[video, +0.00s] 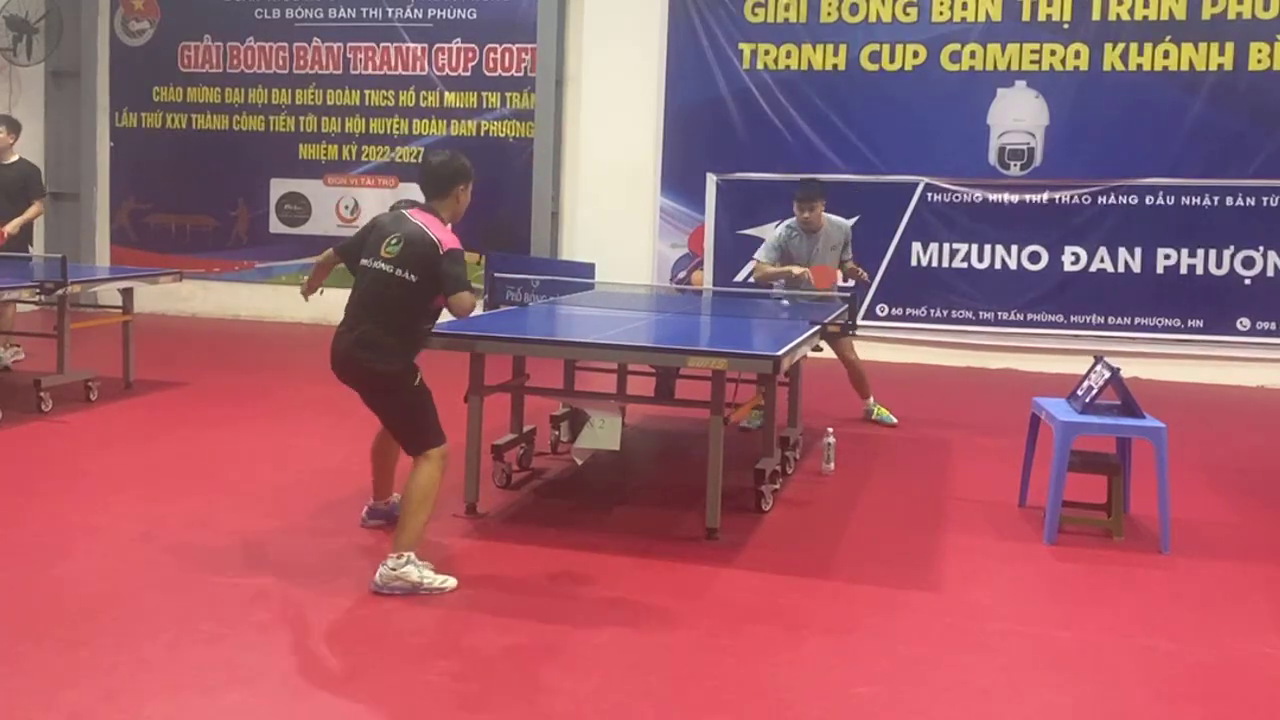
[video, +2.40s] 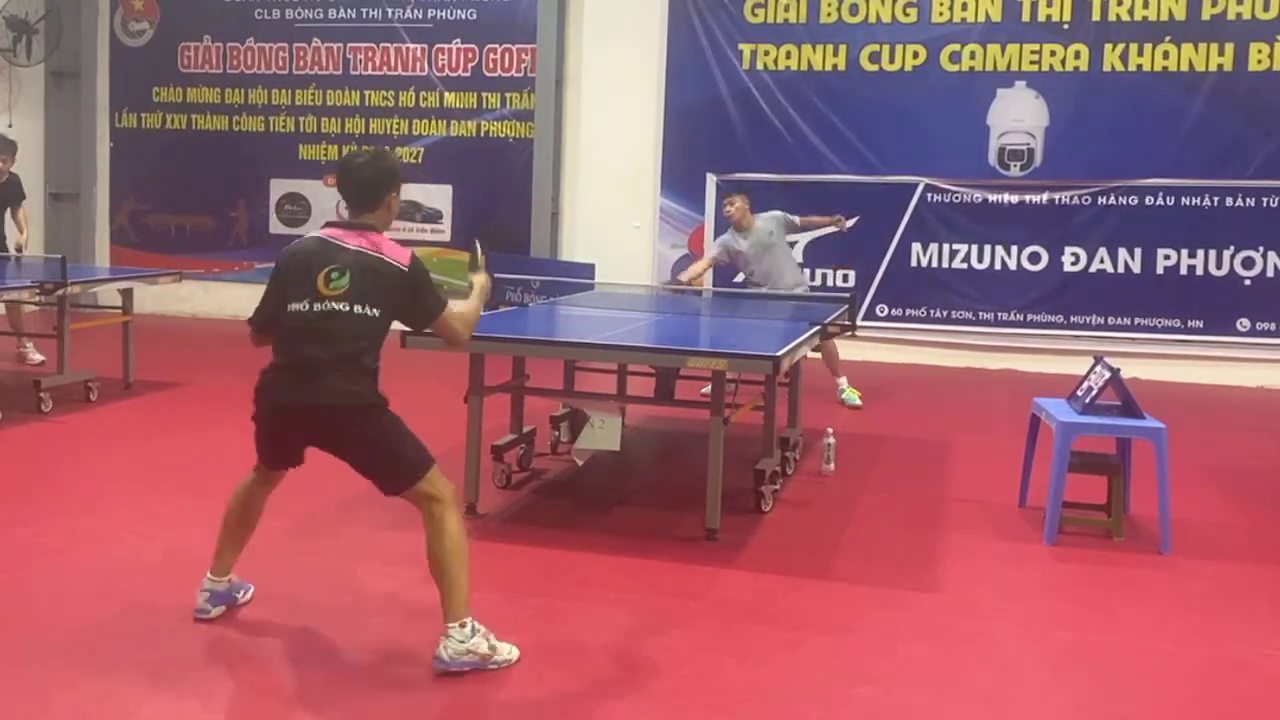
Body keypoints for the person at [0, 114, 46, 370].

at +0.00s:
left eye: (1, 134)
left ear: (12, 137)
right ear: (6, 137)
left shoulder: (28, 170)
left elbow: (39, 205)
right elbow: (38, 205)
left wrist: (16, 222)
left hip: (14, 248)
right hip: (3, 247)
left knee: (7, 300)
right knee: (5, 300)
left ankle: (5, 346)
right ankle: (10, 344)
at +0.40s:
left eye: (2, 134)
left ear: (14, 137)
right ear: (5, 137)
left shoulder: (32, 168)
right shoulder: (3, 167)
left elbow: (43, 202)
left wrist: (20, 221)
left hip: (26, 248)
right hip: (4, 248)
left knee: (31, 300)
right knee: (5, 300)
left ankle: (38, 347)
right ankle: (11, 345)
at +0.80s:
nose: (12, 135)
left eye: (18, 131)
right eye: (10, 131)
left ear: (32, 136)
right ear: (6, 136)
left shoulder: (46, 169)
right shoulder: (3, 166)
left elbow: (57, 204)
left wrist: (30, 219)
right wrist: (4, 222)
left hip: (36, 247)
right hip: (7, 247)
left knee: (43, 297)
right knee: (9, 298)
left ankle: (52, 344)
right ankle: (12, 345)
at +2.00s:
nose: (14, 141)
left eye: (20, 137)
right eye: (11, 137)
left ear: (33, 140)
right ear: (7, 140)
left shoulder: (48, 170)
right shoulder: (3, 168)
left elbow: (66, 202)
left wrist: (50, 229)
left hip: (40, 247)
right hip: (7, 247)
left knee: (46, 296)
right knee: (1, 295)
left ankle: (52, 346)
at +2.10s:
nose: (9, 143)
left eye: (15, 139)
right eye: (6, 139)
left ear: (28, 142)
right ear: (2, 142)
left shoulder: (43, 174)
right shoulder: (2, 169)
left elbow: (57, 207)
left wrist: (49, 231)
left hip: (32, 253)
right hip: (4, 253)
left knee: (42, 298)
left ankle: (52, 345)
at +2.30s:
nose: (2, 155)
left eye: (7, 151)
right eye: (0, 150)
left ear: (15, 155)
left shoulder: (18, 179)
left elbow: (25, 208)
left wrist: (32, 232)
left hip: (9, 252)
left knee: (25, 298)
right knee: (23, 299)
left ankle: (44, 346)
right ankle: (44, 346)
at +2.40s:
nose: (3, 165)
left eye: (6, 160)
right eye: (1, 160)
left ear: (12, 161)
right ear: (0, 160)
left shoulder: (12, 181)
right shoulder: (9, 181)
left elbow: (16, 208)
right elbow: (17, 208)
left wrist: (24, 233)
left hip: (3, 249)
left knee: (12, 294)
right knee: (11, 295)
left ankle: (25, 343)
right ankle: (24, 344)